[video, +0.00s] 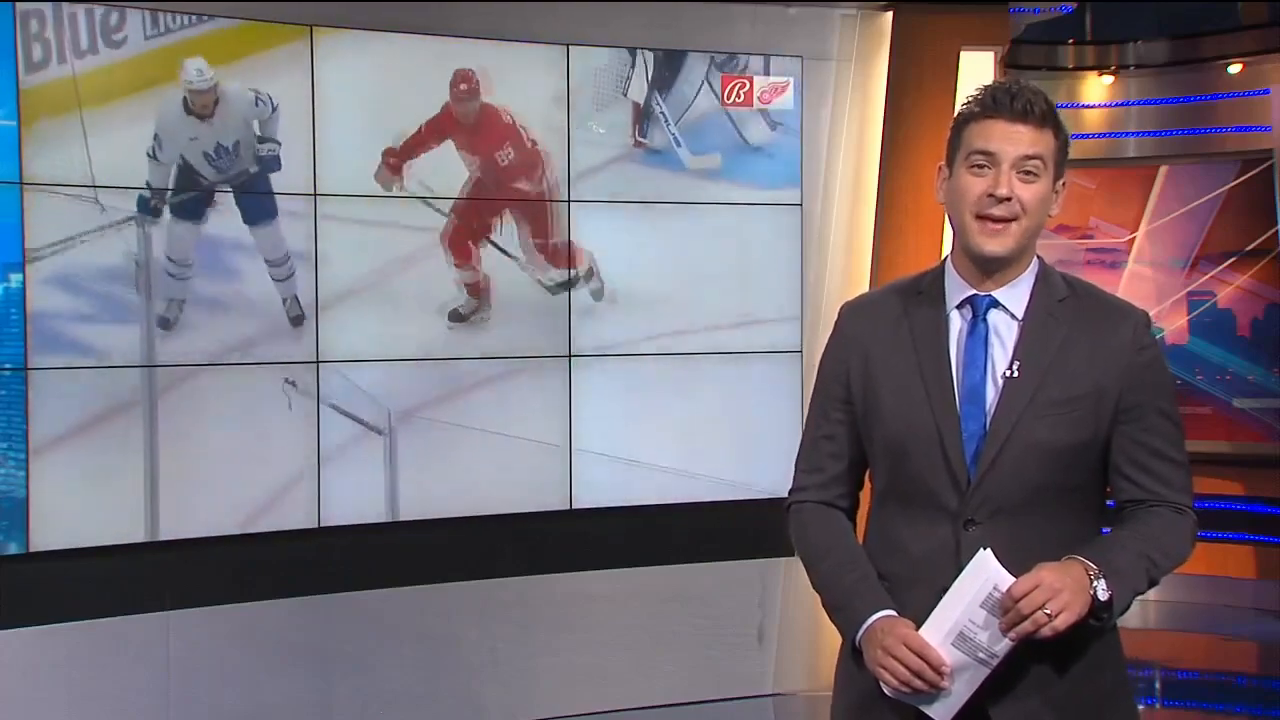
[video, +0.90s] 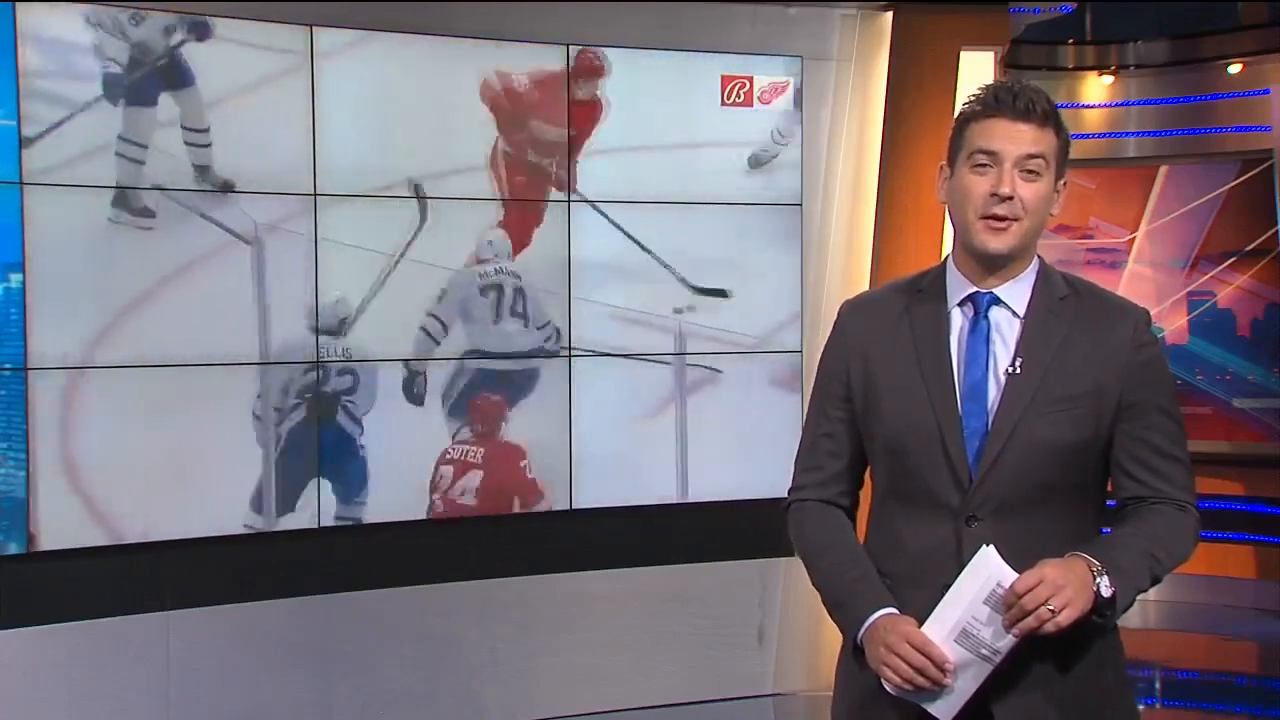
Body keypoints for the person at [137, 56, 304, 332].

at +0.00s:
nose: (204, 99)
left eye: (209, 91)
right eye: (197, 94)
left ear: (216, 88)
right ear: (186, 93)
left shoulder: (238, 100)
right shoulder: (171, 117)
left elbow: (270, 109)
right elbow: (159, 159)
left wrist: (270, 145)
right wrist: (156, 196)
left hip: (245, 168)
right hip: (196, 173)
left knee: (268, 233)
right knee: (179, 234)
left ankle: (289, 297)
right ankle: (174, 300)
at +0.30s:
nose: (199, 96)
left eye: (203, 88)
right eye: (192, 90)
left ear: (209, 86)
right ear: (179, 90)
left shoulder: (222, 98)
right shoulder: (159, 114)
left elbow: (242, 111)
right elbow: (140, 156)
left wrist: (246, 139)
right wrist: (140, 191)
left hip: (215, 170)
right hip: (172, 176)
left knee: (236, 226)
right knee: (161, 233)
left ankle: (265, 284)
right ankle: (148, 293)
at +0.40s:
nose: (191, 89)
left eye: (195, 81)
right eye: (183, 83)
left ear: (200, 78)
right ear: (170, 82)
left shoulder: (213, 90)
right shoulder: (149, 106)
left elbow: (229, 104)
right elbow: (127, 148)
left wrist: (235, 133)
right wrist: (127, 187)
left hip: (200, 163)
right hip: (157, 170)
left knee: (223, 221)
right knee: (150, 229)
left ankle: (248, 282)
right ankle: (135, 294)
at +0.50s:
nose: (189, 57)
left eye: (193, 50)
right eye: (183, 51)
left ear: (199, 47)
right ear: (169, 50)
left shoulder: (208, 58)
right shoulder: (148, 74)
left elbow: (222, 74)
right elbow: (120, 116)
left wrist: (228, 104)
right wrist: (117, 158)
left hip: (191, 135)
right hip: (150, 141)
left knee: (217, 197)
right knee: (144, 207)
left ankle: (237, 257)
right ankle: (130, 271)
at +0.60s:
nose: (195, 17)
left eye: (198, 14)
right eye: (190, 14)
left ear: (201, 15)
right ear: (175, 13)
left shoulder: (211, 22)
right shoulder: (150, 37)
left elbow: (218, 49)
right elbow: (122, 81)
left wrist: (225, 74)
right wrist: (114, 125)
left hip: (188, 104)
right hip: (149, 108)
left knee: (212, 171)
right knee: (144, 179)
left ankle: (233, 228)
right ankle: (130, 243)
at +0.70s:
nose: (195, 11)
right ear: (176, 8)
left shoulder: (203, 12)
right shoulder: (147, 19)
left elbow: (214, 20)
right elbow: (123, 55)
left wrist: (222, 44)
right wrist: (115, 99)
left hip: (187, 79)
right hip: (150, 84)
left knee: (210, 140)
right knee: (147, 149)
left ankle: (229, 200)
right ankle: (132, 215)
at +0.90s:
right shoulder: (101, 9)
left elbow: (186, 14)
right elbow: (105, 36)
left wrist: (197, 24)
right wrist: (113, 71)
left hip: (168, 53)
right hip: (134, 61)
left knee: (194, 106)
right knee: (139, 124)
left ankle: (204, 172)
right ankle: (126, 193)